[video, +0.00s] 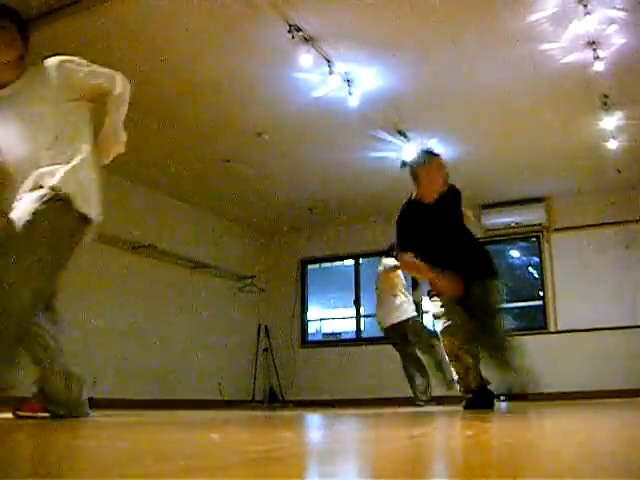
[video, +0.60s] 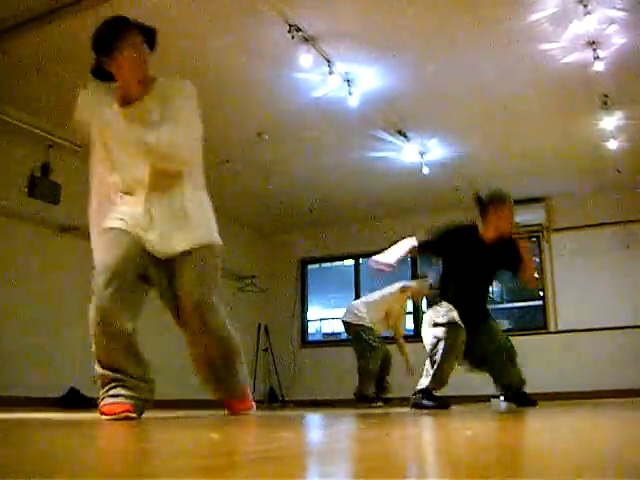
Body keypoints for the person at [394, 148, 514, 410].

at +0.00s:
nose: (446, 175)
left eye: (444, 169)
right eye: (439, 170)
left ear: (438, 173)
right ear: (421, 176)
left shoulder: (451, 196)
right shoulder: (409, 214)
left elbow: (456, 227)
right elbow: (405, 258)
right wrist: (436, 278)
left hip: (477, 269)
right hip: (447, 279)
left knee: (488, 331)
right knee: (453, 337)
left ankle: (514, 383)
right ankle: (476, 391)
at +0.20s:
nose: (465, 132)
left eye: (464, 127)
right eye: (460, 127)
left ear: (451, 131)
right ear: (443, 131)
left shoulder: (469, 166)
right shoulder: (415, 170)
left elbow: (484, 202)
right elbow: (392, 209)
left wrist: (518, 202)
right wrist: (387, 253)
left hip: (478, 239)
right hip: (446, 246)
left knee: (516, 263)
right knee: (458, 309)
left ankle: (470, 306)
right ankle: (465, 376)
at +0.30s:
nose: (476, 133)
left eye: (475, 128)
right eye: (471, 128)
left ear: (465, 132)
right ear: (454, 131)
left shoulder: (477, 164)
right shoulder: (429, 164)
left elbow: (493, 194)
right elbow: (403, 194)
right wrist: (394, 225)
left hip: (474, 235)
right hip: (445, 241)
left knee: (517, 254)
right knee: (467, 299)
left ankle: (470, 302)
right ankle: (447, 357)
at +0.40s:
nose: (484, 147)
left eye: (484, 141)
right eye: (478, 141)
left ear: (485, 146)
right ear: (464, 145)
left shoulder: (487, 175)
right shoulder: (439, 174)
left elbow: (491, 197)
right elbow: (409, 196)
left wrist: (485, 161)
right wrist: (390, 222)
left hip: (474, 252)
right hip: (444, 255)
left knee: (511, 268)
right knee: (467, 310)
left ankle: (493, 332)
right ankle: (434, 368)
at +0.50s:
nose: (496, 180)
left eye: (497, 174)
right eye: (491, 174)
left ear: (494, 178)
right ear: (476, 177)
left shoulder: (491, 208)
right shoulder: (450, 203)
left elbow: (503, 230)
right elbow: (406, 217)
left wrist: (496, 195)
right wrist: (375, 242)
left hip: (475, 282)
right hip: (443, 281)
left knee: (503, 313)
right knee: (457, 320)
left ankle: (511, 375)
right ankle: (424, 389)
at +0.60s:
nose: (510, 220)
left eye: (510, 214)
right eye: (505, 214)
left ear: (506, 216)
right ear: (491, 216)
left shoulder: (506, 246)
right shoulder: (459, 237)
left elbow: (527, 280)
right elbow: (414, 244)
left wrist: (525, 256)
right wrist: (388, 257)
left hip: (476, 314)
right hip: (444, 308)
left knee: (501, 350)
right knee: (451, 335)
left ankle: (513, 391)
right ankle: (424, 392)